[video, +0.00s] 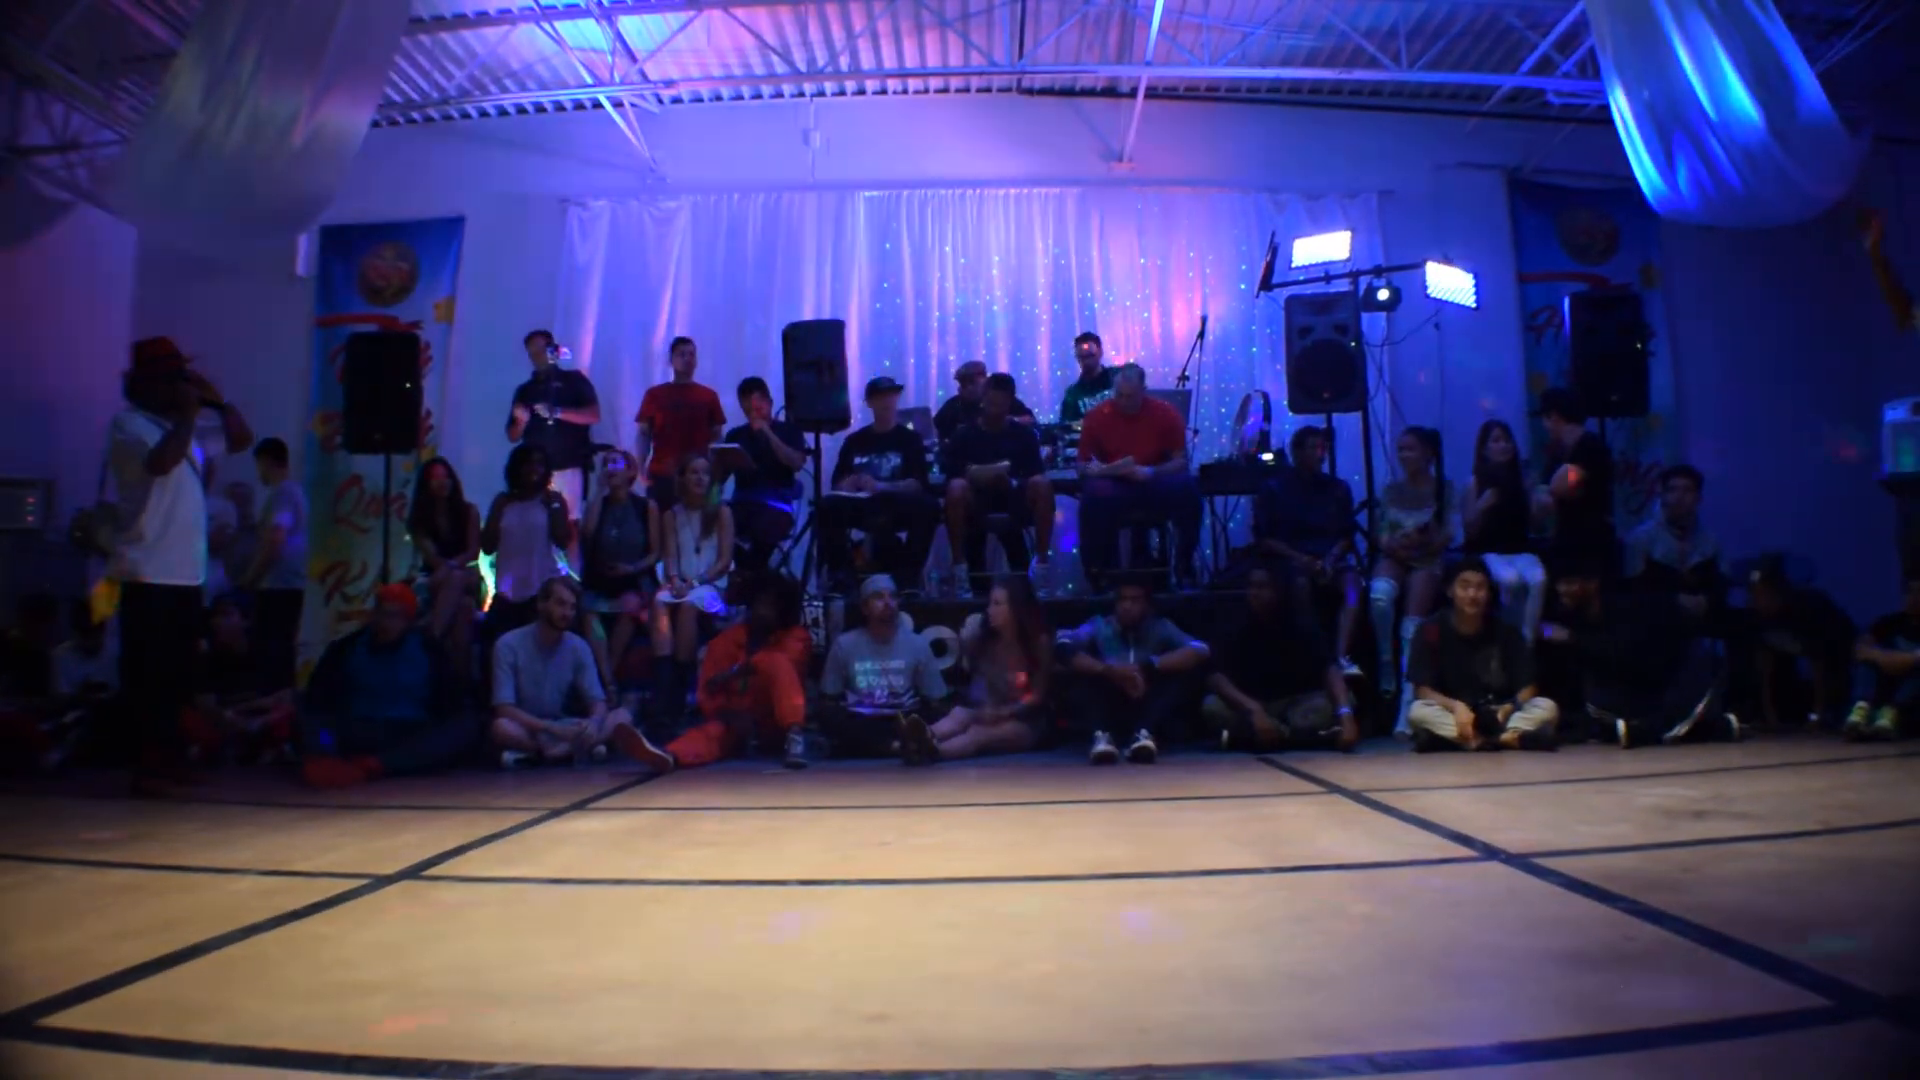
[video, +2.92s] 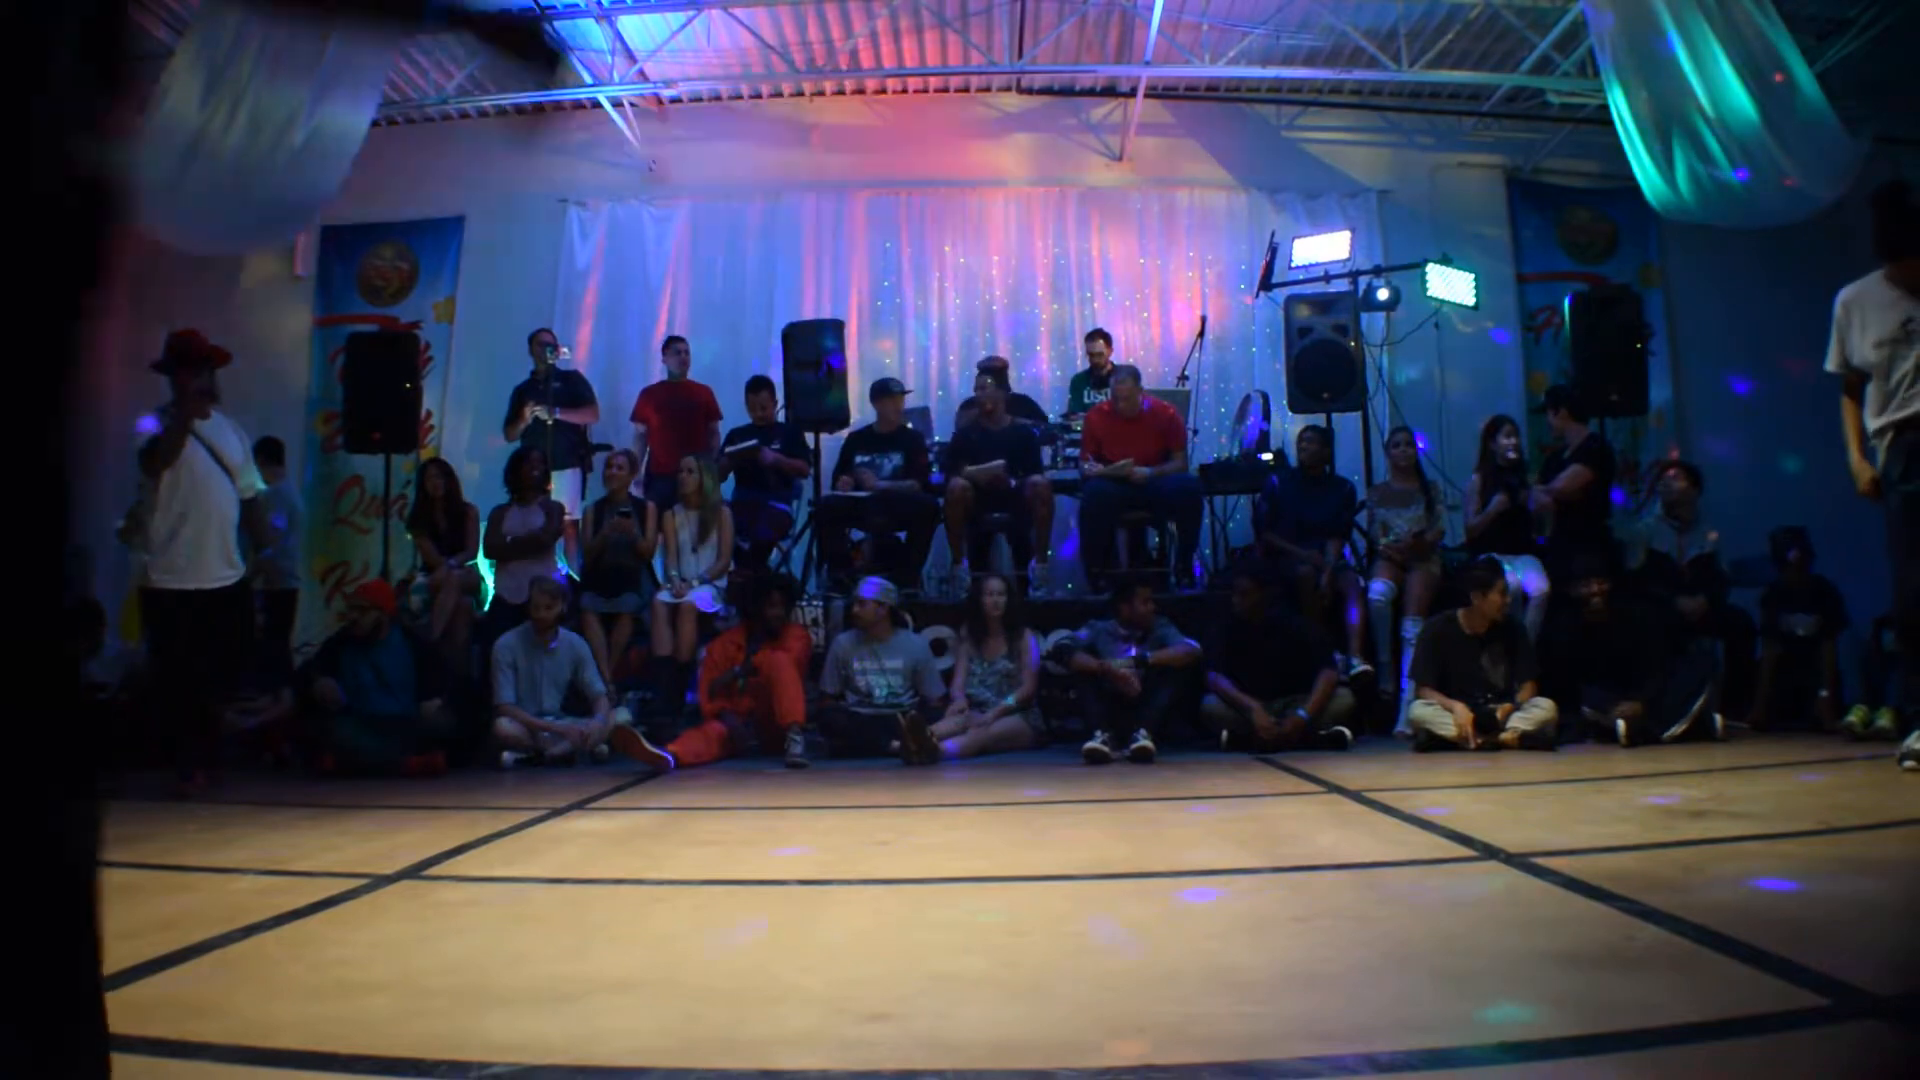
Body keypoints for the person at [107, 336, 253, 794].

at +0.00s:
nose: (179, 388)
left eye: (180, 380)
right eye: (169, 380)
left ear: (180, 384)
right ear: (146, 385)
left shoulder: (180, 432)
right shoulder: (129, 426)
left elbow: (240, 440)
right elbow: (159, 462)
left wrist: (216, 400)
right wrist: (188, 413)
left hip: (185, 579)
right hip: (149, 578)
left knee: (179, 678)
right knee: (149, 679)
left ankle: (174, 762)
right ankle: (147, 768)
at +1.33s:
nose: (179, 390)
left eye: (181, 383)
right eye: (169, 383)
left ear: (185, 387)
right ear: (147, 386)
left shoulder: (200, 433)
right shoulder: (126, 429)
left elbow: (245, 462)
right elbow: (130, 468)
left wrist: (250, 438)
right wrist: (165, 423)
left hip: (191, 581)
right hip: (143, 581)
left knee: (185, 682)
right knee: (144, 681)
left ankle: (177, 762)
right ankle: (143, 768)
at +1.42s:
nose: (182, 389)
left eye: (184, 381)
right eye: (171, 382)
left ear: (186, 387)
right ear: (147, 387)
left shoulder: (202, 435)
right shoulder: (125, 431)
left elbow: (256, 463)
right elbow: (124, 468)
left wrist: (250, 469)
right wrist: (156, 421)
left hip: (191, 585)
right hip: (142, 585)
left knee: (184, 685)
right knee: (144, 685)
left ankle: (177, 763)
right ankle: (143, 769)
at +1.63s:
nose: (173, 393)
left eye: (178, 385)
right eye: (163, 386)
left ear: (185, 388)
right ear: (144, 391)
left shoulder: (207, 437)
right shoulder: (128, 434)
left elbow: (241, 491)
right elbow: (117, 471)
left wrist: (240, 526)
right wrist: (150, 422)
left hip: (194, 585)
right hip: (142, 584)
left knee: (185, 681)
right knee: (143, 682)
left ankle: (177, 761)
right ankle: (142, 765)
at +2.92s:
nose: (207, 382)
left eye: (210, 373)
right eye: (196, 374)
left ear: (216, 377)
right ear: (174, 379)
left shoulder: (228, 431)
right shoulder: (153, 428)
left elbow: (251, 498)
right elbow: (155, 464)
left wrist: (266, 550)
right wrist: (186, 413)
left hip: (226, 582)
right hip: (172, 584)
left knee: (222, 682)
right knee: (177, 684)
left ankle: (215, 765)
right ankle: (183, 768)